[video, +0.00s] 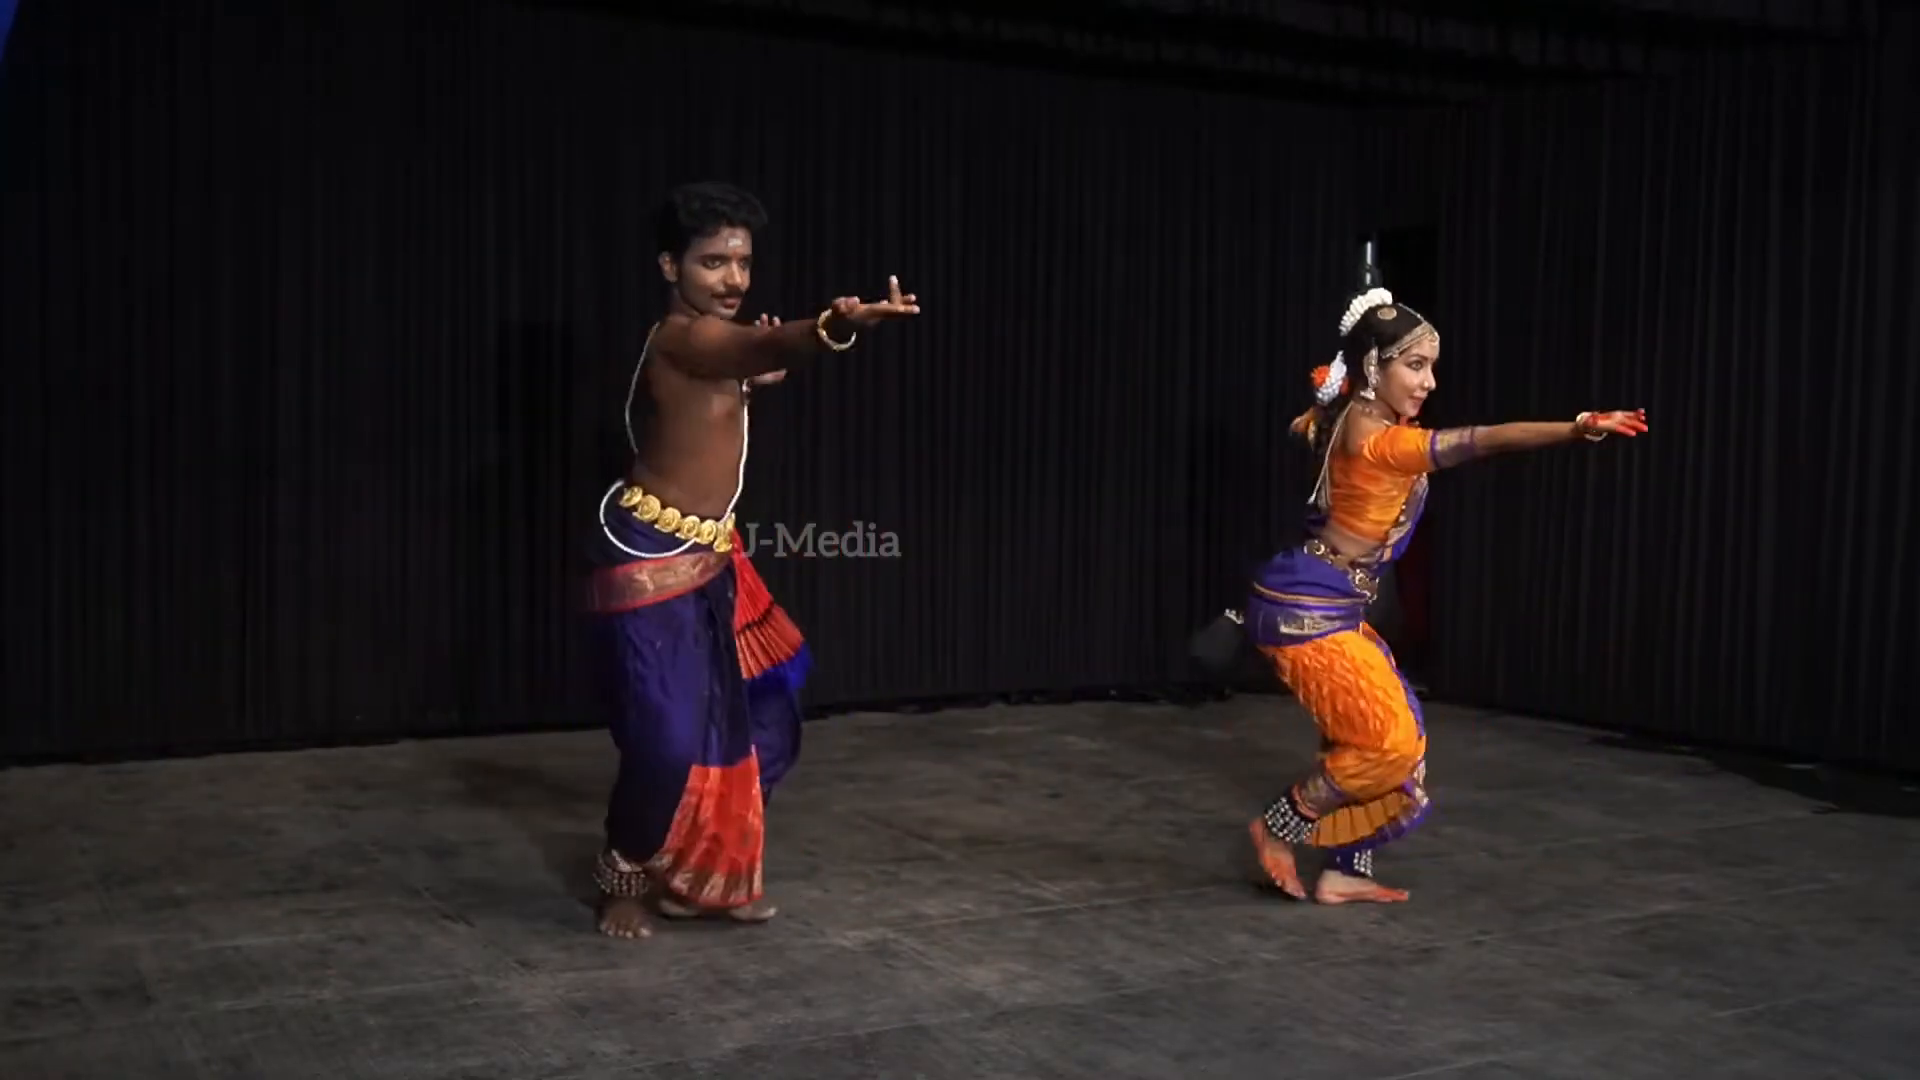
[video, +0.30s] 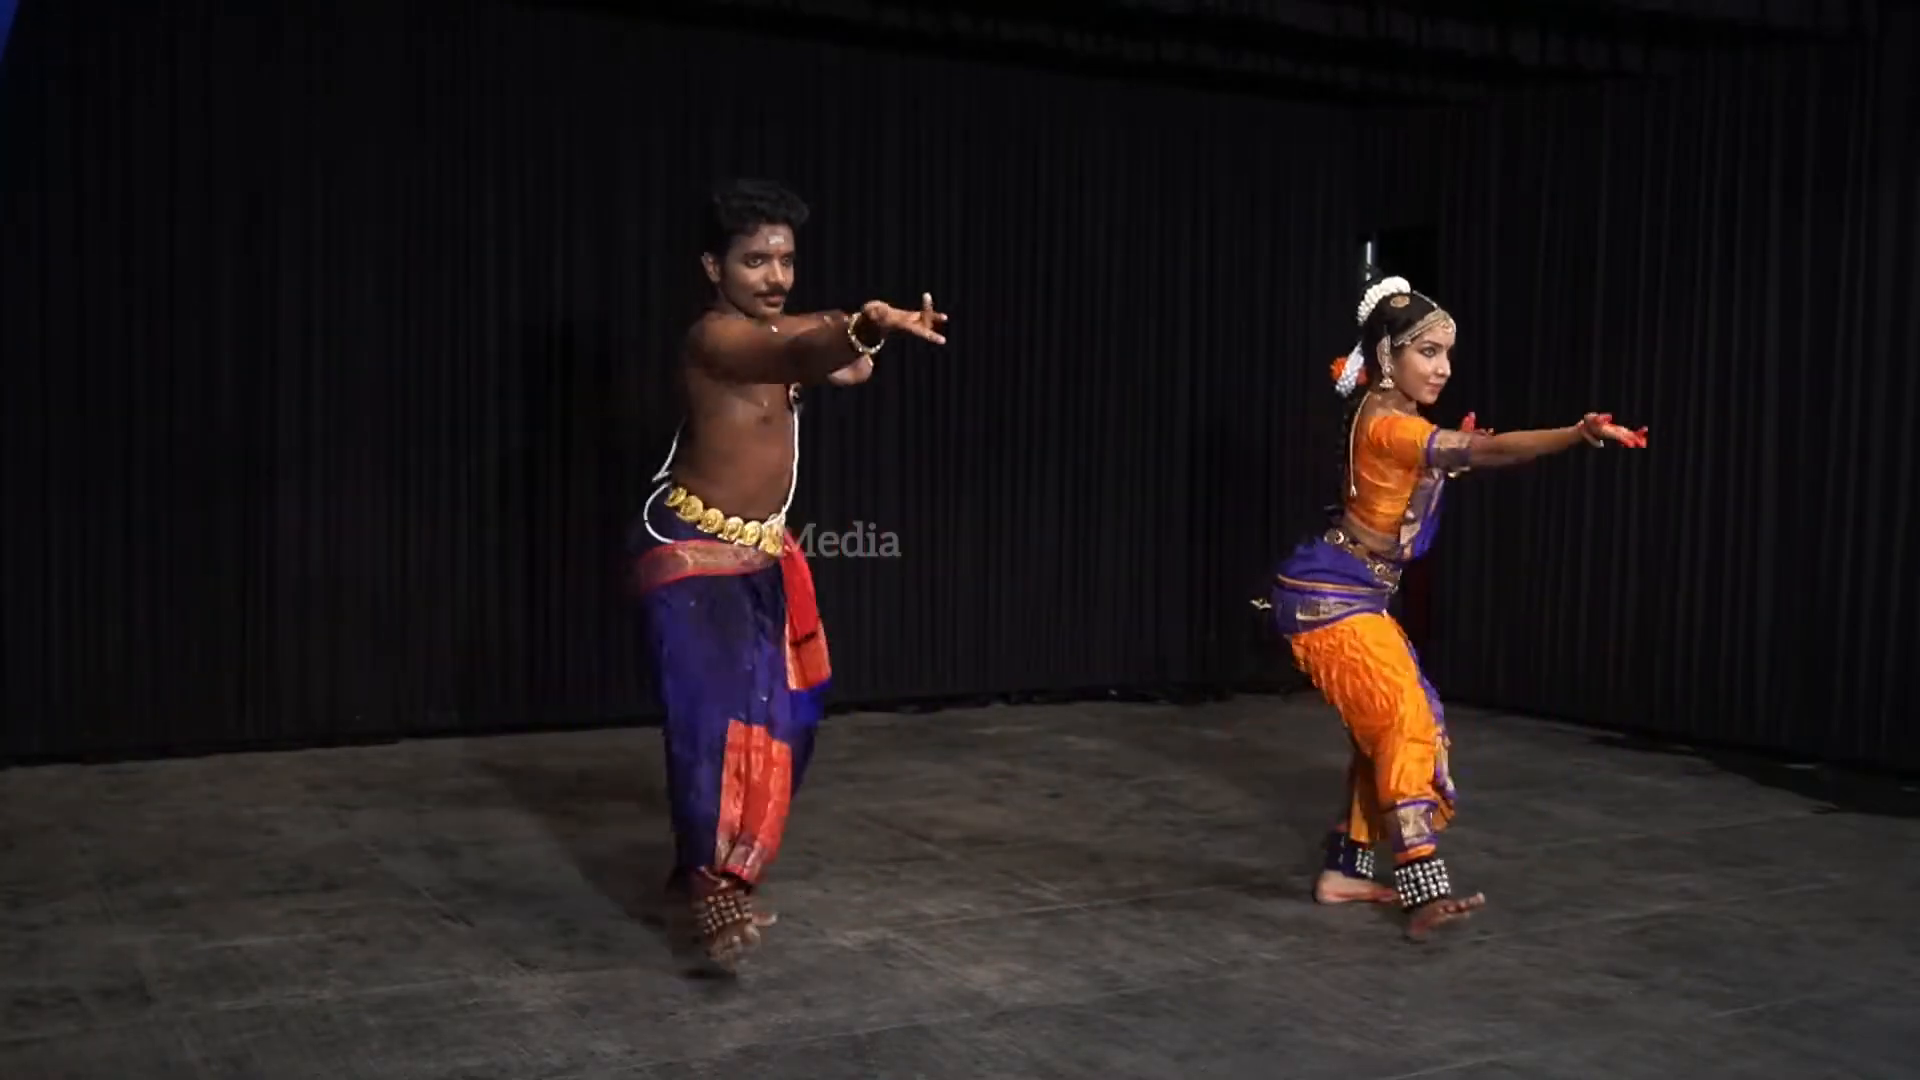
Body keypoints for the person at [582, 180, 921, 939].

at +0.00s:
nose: (734, 280)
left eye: (743, 262)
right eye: (714, 263)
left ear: (752, 262)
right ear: (671, 269)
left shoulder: (721, 330)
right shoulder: (680, 336)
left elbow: (722, 374)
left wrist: (759, 371)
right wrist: (837, 324)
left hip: (711, 550)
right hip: (649, 552)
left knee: (753, 704)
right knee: (668, 735)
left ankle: (702, 867)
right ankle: (626, 875)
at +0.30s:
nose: (776, 276)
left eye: (785, 261)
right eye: (756, 261)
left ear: (795, 262)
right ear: (715, 270)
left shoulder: (781, 332)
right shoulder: (712, 335)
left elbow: (796, 368)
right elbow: (791, 347)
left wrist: (840, 365)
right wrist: (855, 320)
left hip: (763, 550)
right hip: (693, 549)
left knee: (783, 712)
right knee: (711, 713)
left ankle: (726, 874)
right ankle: (711, 887)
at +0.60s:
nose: (803, 270)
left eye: (815, 252)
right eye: (782, 256)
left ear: (830, 257)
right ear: (751, 263)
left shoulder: (856, 343)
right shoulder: (726, 335)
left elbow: (914, 389)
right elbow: (660, 387)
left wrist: (810, 392)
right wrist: (642, 349)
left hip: (825, 566)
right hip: (731, 560)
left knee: (821, 727)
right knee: (734, 725)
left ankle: (798, 890)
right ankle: (752, 907)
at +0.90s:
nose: (765, 264)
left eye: (779, 252)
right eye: (769, 250)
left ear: (827, 263)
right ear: (817, 262)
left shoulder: (881, 349)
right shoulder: (771, 332)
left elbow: (910, 406)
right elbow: (713, 346)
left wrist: (798, 401)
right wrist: (621, 332)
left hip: (849, 566)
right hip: (751, 557)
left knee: (894, 736)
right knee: (719, 718)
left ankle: (802, 824)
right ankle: (712, 888)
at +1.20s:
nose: (968, 279)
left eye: (977, 264)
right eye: (949, 261)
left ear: (986, 272)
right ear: (903, 266)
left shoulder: (990, 366)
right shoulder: (852, 347)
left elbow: (1096, 428)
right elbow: (855, 419)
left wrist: (1098, 409)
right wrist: (971, 416)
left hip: (957, 565)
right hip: (858, 566)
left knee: (1063, 673)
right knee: (793, 728)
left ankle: (1113, 884)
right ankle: (713, 869)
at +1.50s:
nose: (1163, 399)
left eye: (1166, 383)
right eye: (1146, 383)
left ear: (1141, 391)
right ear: (1092, 387)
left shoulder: (1126, 462)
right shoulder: (1072, 467)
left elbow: (1218, 506)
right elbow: (1230, 503)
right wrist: (1375, 512)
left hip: (1108, 679)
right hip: (1022, 687)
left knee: (1257, 752)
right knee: (866, 825)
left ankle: (1194, 934)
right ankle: (698, 852)